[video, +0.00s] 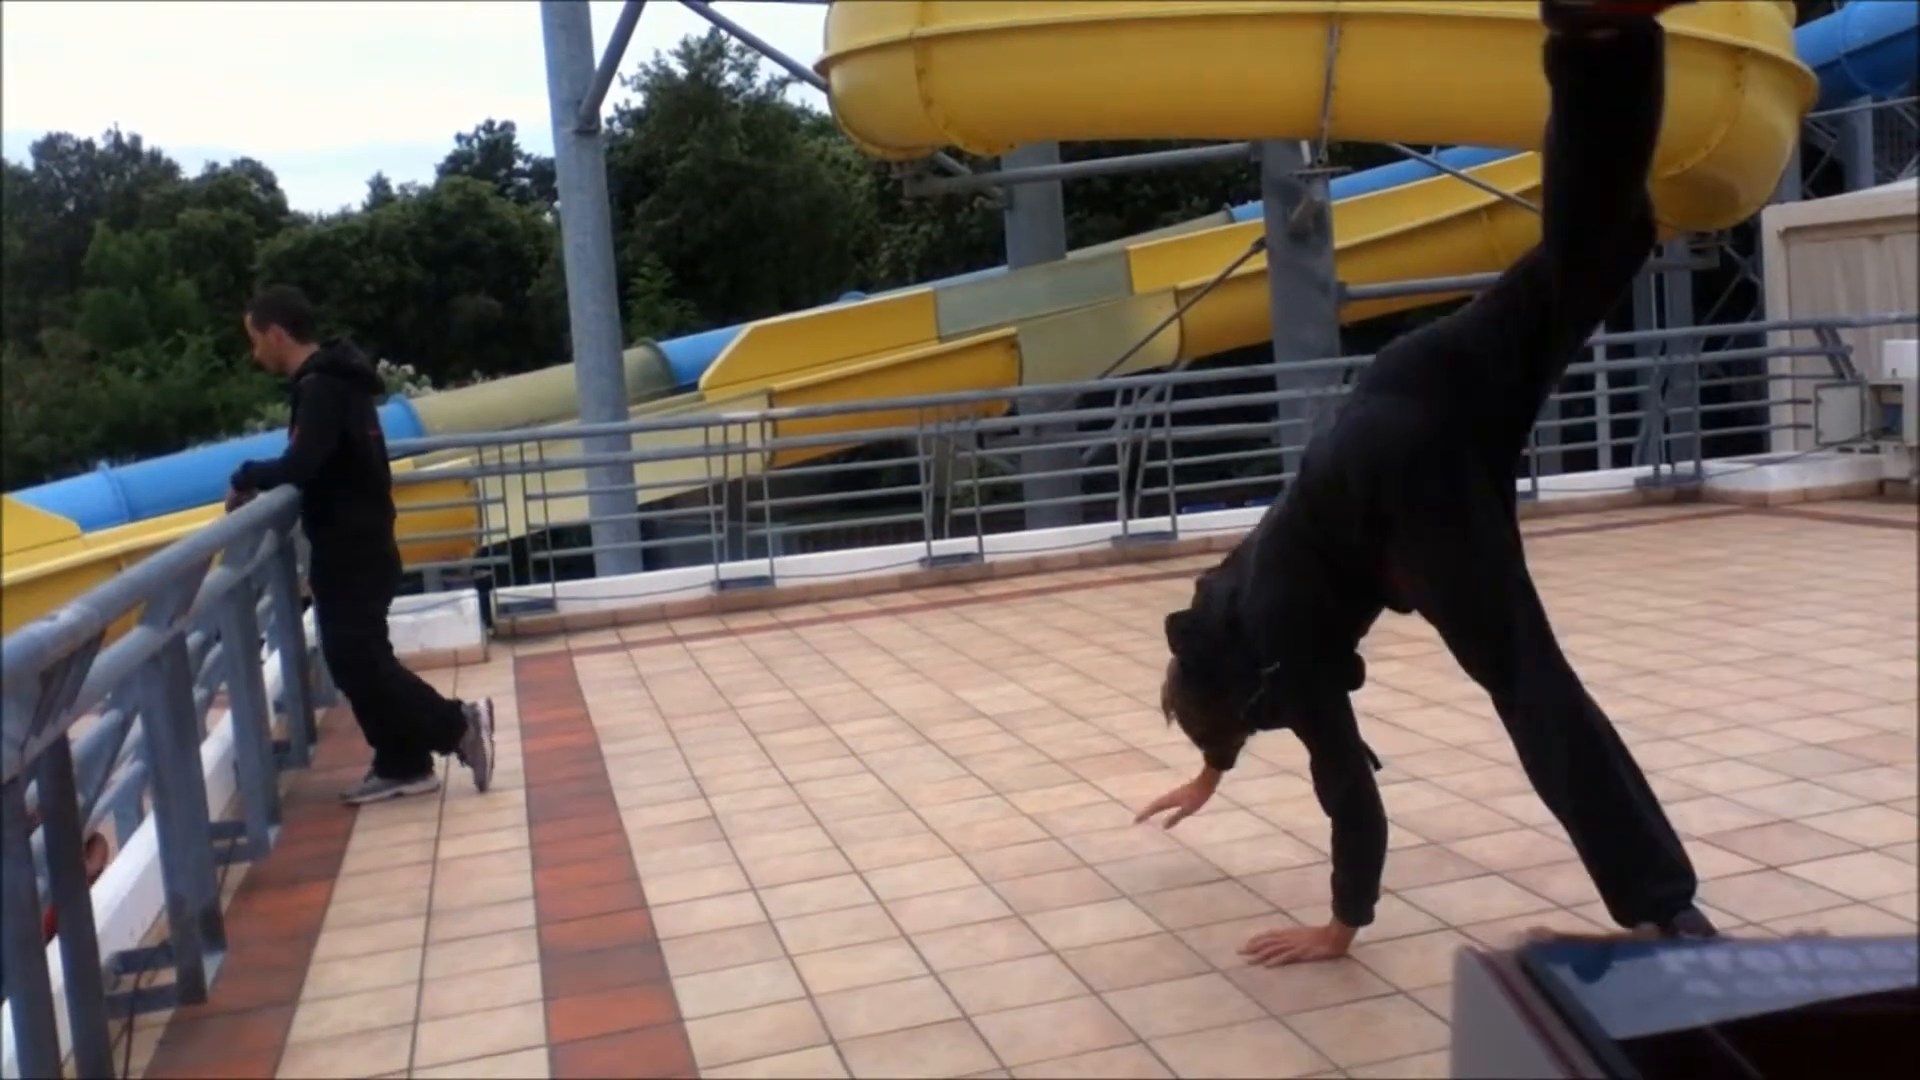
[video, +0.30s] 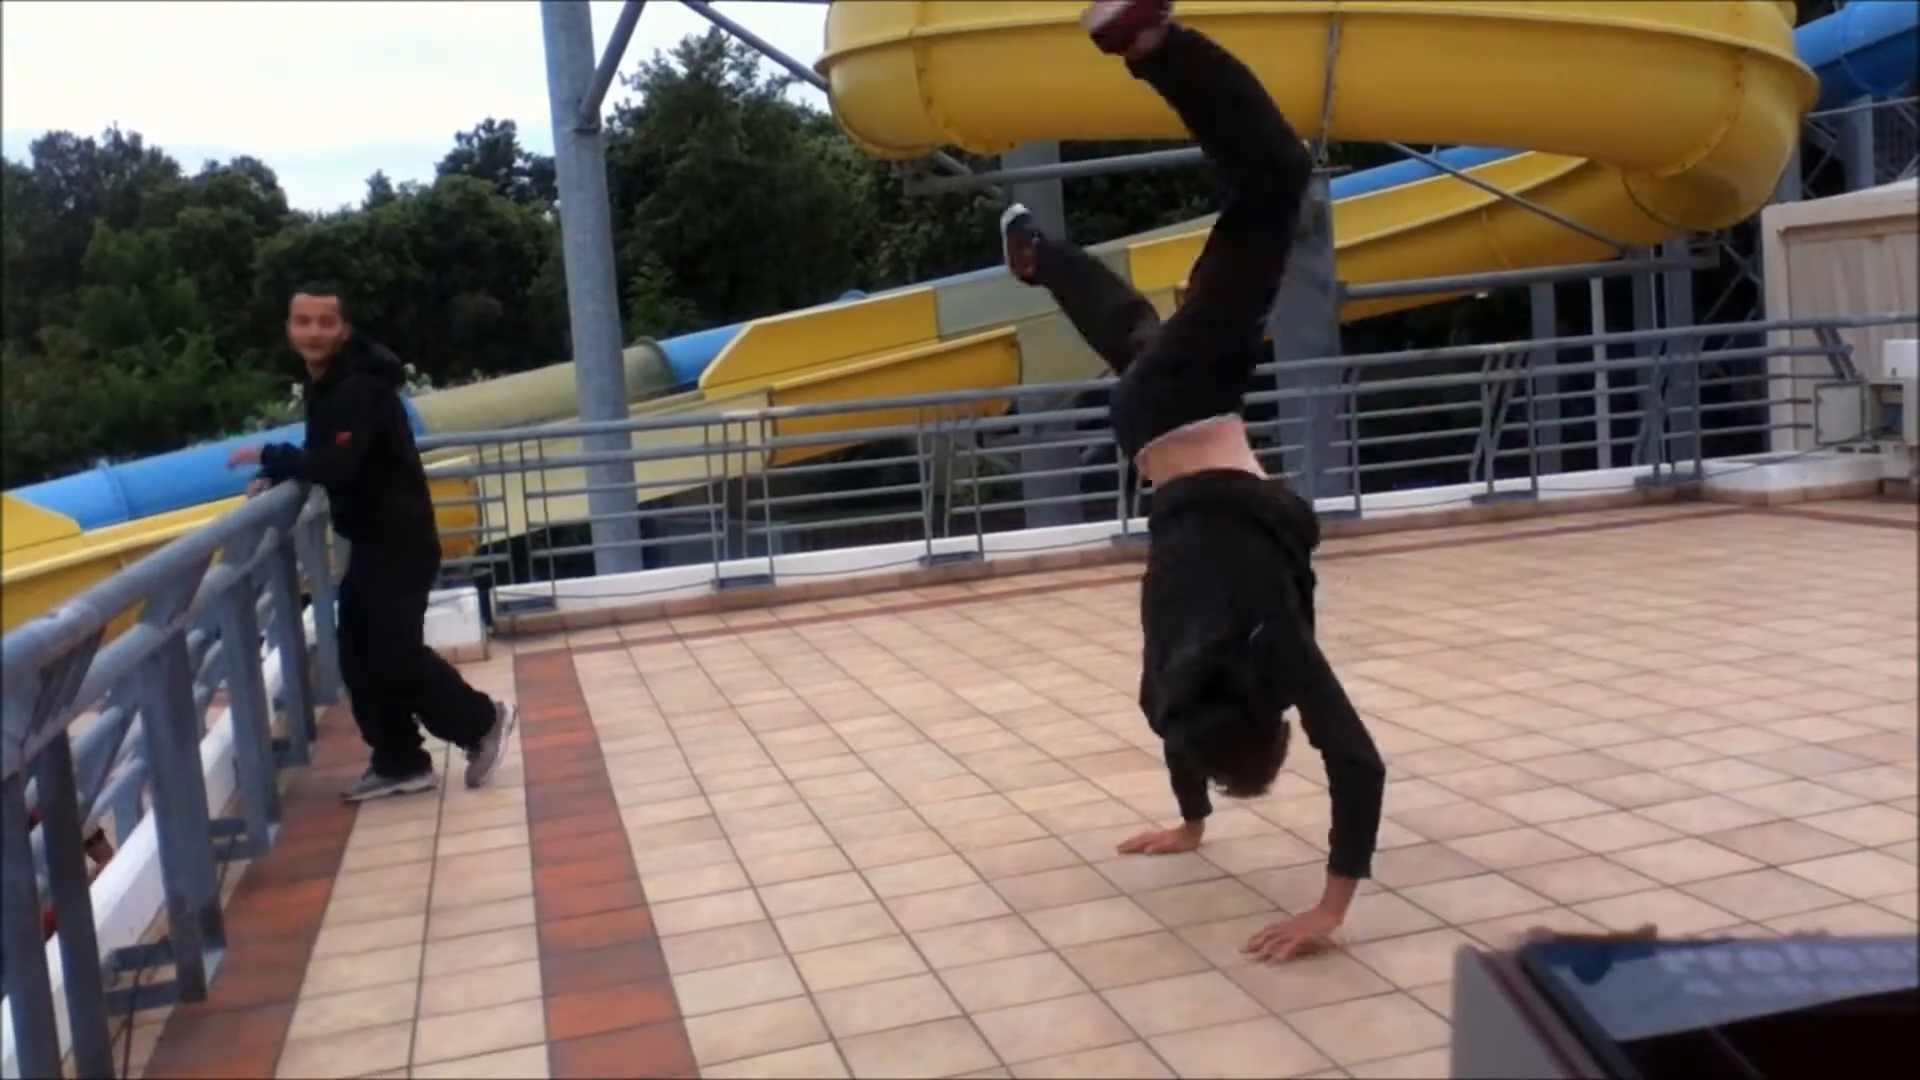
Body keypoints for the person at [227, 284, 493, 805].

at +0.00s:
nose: (254, 354)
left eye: (255, 340)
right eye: (252, 342)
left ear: (278, 333)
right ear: (291, 332)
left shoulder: (320, 384)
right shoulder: (332, 376)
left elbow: (304, 466)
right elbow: (315, 465)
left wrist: (247, 478)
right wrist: (260, 481)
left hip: (351, 552)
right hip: (356, 549)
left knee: (354, 664)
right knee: (359, 660)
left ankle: (457, 726)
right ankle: (401, 766)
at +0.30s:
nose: (314, 332)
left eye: (325, 322)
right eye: (303, 322)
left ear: (343, 328)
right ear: (289, 330)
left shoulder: (361, 383)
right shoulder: (323, 387)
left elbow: (342, 466)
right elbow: (333, 459)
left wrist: (273, 458)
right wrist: (282, 470)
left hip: (402, 543)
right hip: (371, 543)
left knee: (389, 650)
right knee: (357, 652)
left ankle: (482, 721)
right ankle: (400, 763)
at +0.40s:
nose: (344, 319)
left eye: (355, 310)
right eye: (332, 309)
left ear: (369, 319)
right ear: (313, 319)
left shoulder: (398, 378)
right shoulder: (323, 383)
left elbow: (403, 461)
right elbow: (326, 452)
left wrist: (321, 456)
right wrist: (293, 470)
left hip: (419, 531)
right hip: (371, 535)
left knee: (418, 644)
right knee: (365, 654)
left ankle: (467, 730)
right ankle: (400, 760)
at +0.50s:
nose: (385, 316)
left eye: (393, 308)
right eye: (372, 306)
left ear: (402, 317)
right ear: (344, 316)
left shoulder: (430, 375)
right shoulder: (335, 385)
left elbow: (468, 451)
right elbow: (315, 444)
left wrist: (396, 465)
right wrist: (272, 496)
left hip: (442, 530)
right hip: (383, 532)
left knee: (441, 646)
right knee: (360, 644)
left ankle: (452, 753)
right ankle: (392, 756)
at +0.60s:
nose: (422, 321)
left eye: (427, 312)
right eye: (409, 311)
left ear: (434, 320)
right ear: (378, 319)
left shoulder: (459, 379)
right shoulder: (358, 388)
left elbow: (514, 447)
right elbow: (329, 439)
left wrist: (470, 454)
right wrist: (281, 477)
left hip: (458, 535)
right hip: (396, 538)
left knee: (462, 646)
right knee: (355, 640)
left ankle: (459, 753)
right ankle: (378, 746)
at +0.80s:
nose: (477, 302)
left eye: (481, 292)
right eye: (464, 293)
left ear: (485, 299)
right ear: (429, 300)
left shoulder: (503, 358)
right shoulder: (394, 365)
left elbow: (558, 428)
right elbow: (348, 418)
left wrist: (542, 428)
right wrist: (303, 461)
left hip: (490, 523)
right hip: (429, 527)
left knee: (483, 641)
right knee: (448, 644)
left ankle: (463, 753)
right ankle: (470, 762)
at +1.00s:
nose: (522, 339)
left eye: (526, 329)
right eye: (508, 331)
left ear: (531, 333)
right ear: (473, 340)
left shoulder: (550, 392)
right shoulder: (443, 397)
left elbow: (599, 430)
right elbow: (388, 442)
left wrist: (638, 445)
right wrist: (328, 480)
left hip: (528, 550)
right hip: (469, 551)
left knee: (502, 655)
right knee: (511, 654)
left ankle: (456, 746)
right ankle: (538, 775)